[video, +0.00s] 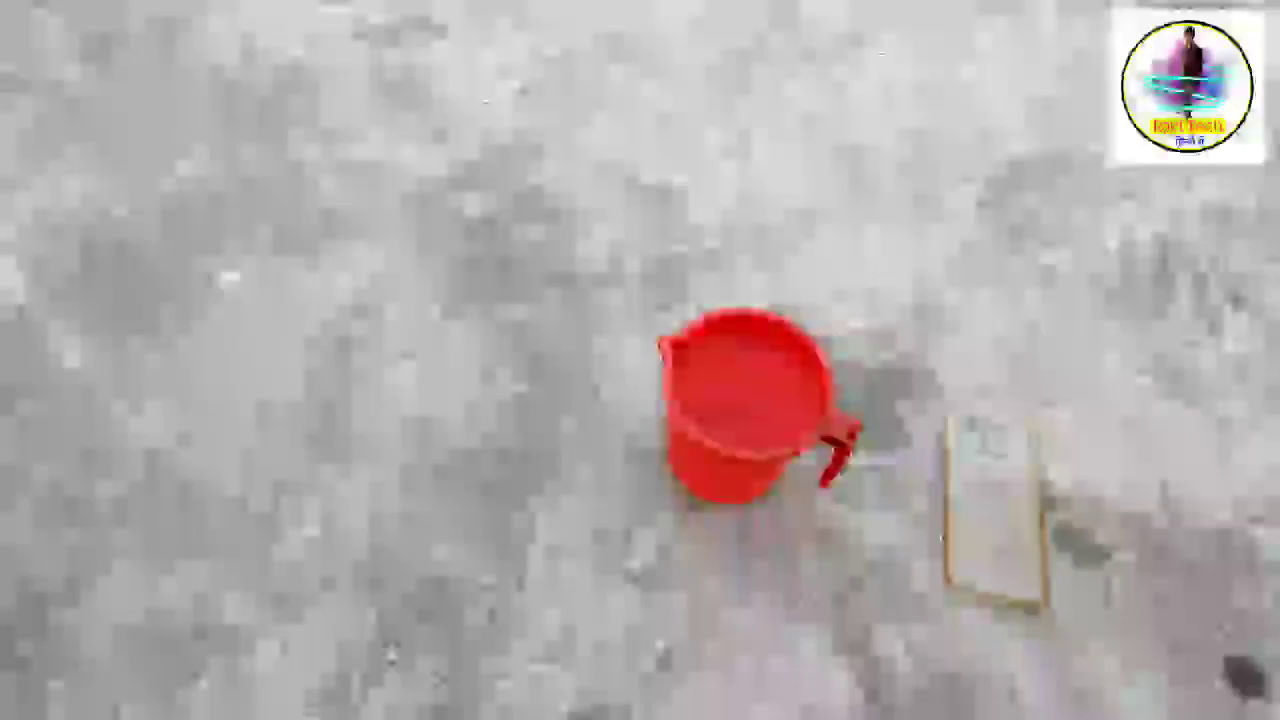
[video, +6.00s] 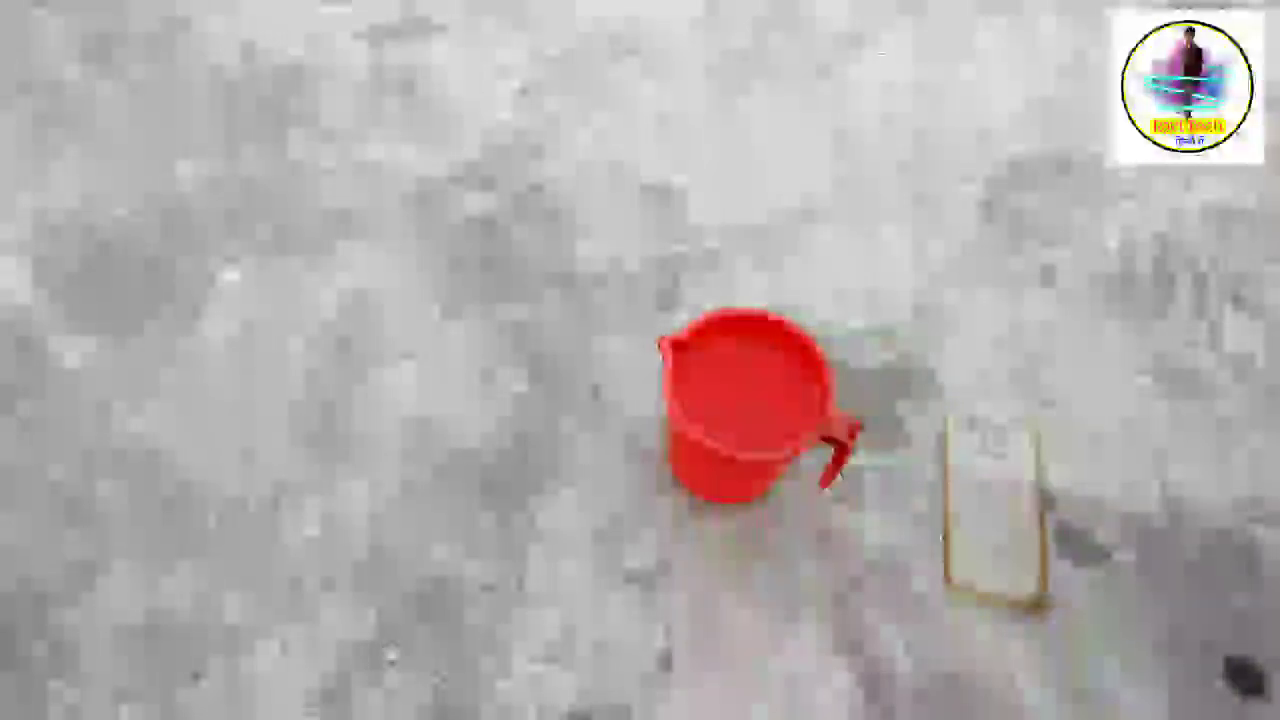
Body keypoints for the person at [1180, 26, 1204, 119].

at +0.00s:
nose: (1187, 38)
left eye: (1189, 35)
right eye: (1186, 36)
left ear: (1193, 36)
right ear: (1184, 36)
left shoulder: (1197, 50)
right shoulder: (1182, 50)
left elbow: (1199, 64)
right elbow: (1177, 62)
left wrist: (1198, 75)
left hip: (1194, 75)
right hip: (1184, 74)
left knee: (1190, 93)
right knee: (1185, 93)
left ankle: (1188, 112)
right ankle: (1186, 111)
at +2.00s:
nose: (1187, 38)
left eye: (1189, 36)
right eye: (1186, 36)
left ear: (1193, 36)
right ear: (1184, 36)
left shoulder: (1197, 50)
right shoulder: (1181, 49)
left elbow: (1199, 65)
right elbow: (1176, 61)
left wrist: (1197, 75)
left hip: (1193, 75)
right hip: (1183, 74)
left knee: (1190, 93)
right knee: (1185, 93)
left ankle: (1188, 112)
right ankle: (1185, 111)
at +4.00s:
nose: (1188, 38)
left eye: (1190, 36)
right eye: (1186, 36)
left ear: (1193, 36)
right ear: (1184, 36)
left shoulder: (1198, 50)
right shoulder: (1182, 50)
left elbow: (1199, 65)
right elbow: (1177, 62)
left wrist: (1197, 76)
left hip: (1193, 75)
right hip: (1184, 74)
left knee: (1189, 93)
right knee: (1185, 93)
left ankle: (1188, 112)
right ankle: (1186, 111)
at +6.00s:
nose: (1188, 38)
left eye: (1190, 36)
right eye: (1187, 35)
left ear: (1193, 36)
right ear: (1184, 36)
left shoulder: (1197, 50)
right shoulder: (1181, 49)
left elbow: (1199, 64)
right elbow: (1176, 61)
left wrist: (1197, 74)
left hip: (1193, 74)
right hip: (1183, 74)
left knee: (1190, 92)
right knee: (1185, 93)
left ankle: (1188, 112)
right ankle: (1186, 112)